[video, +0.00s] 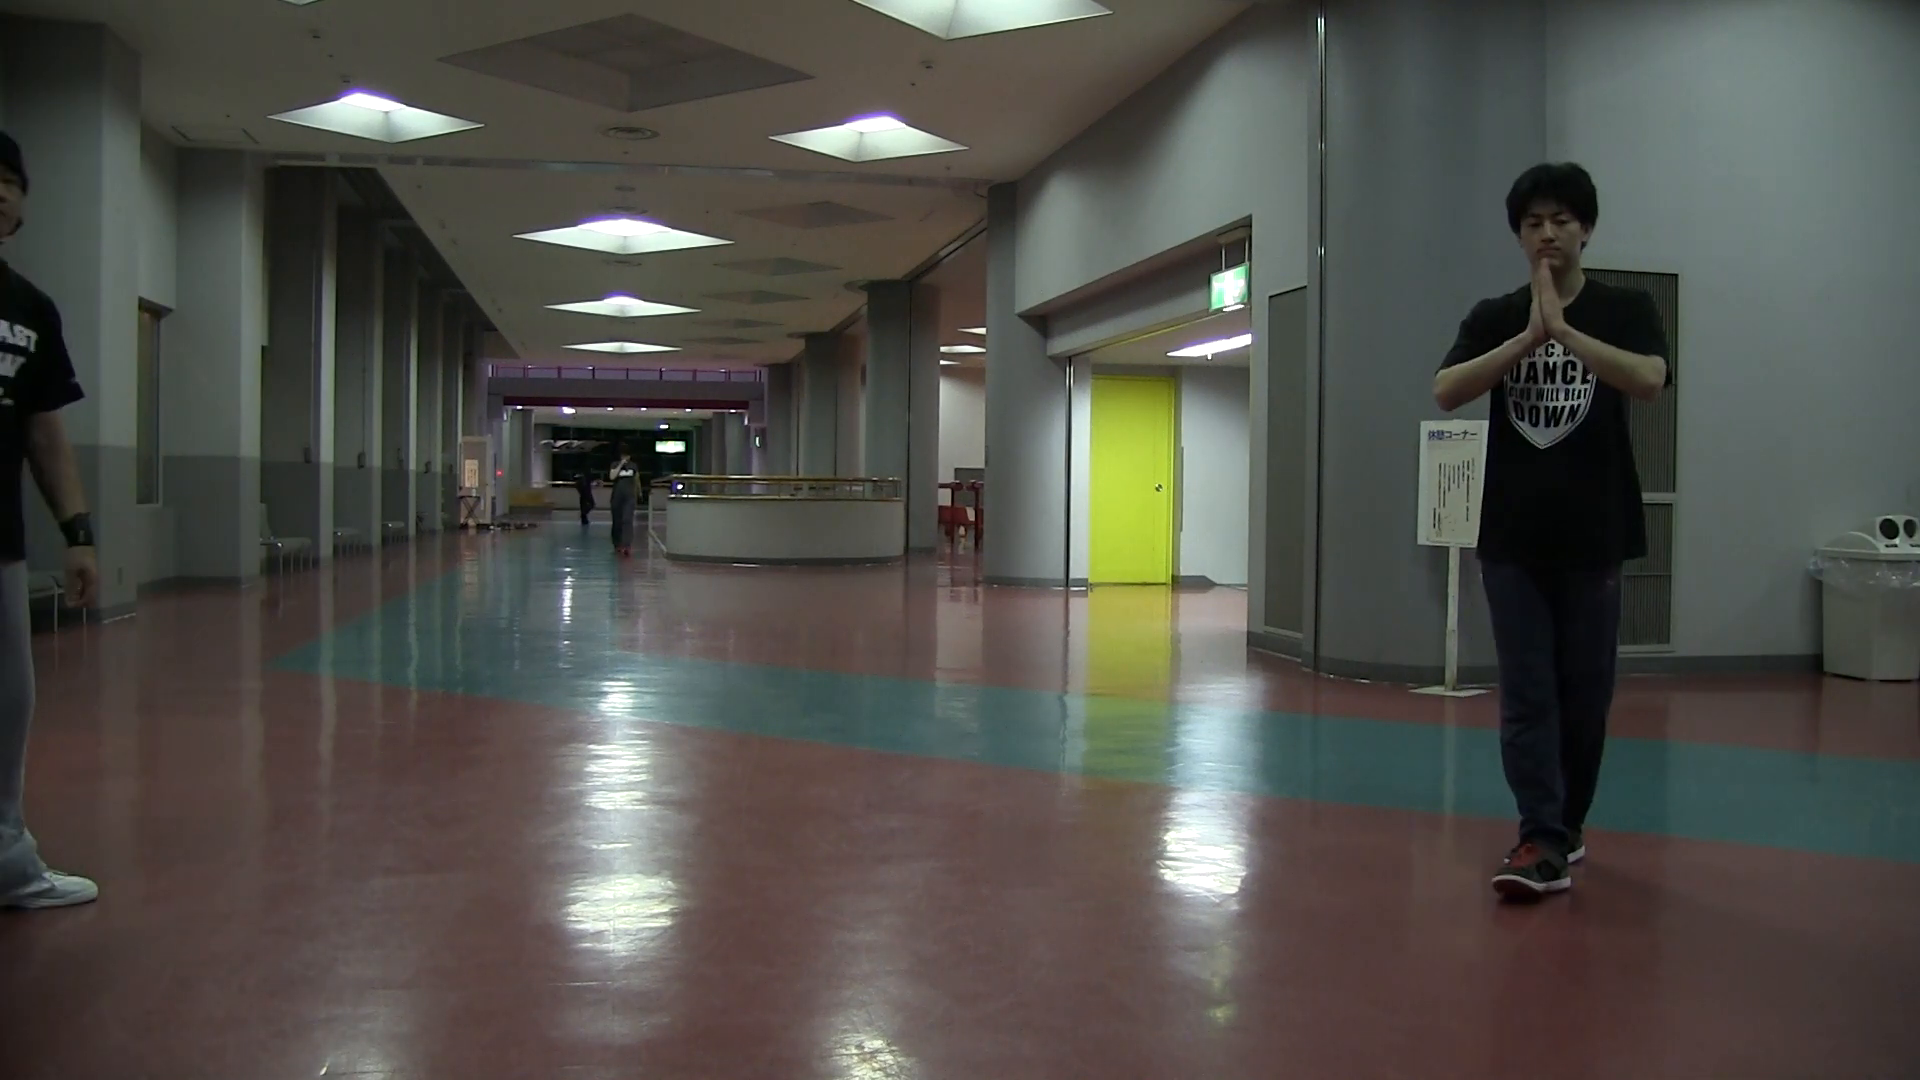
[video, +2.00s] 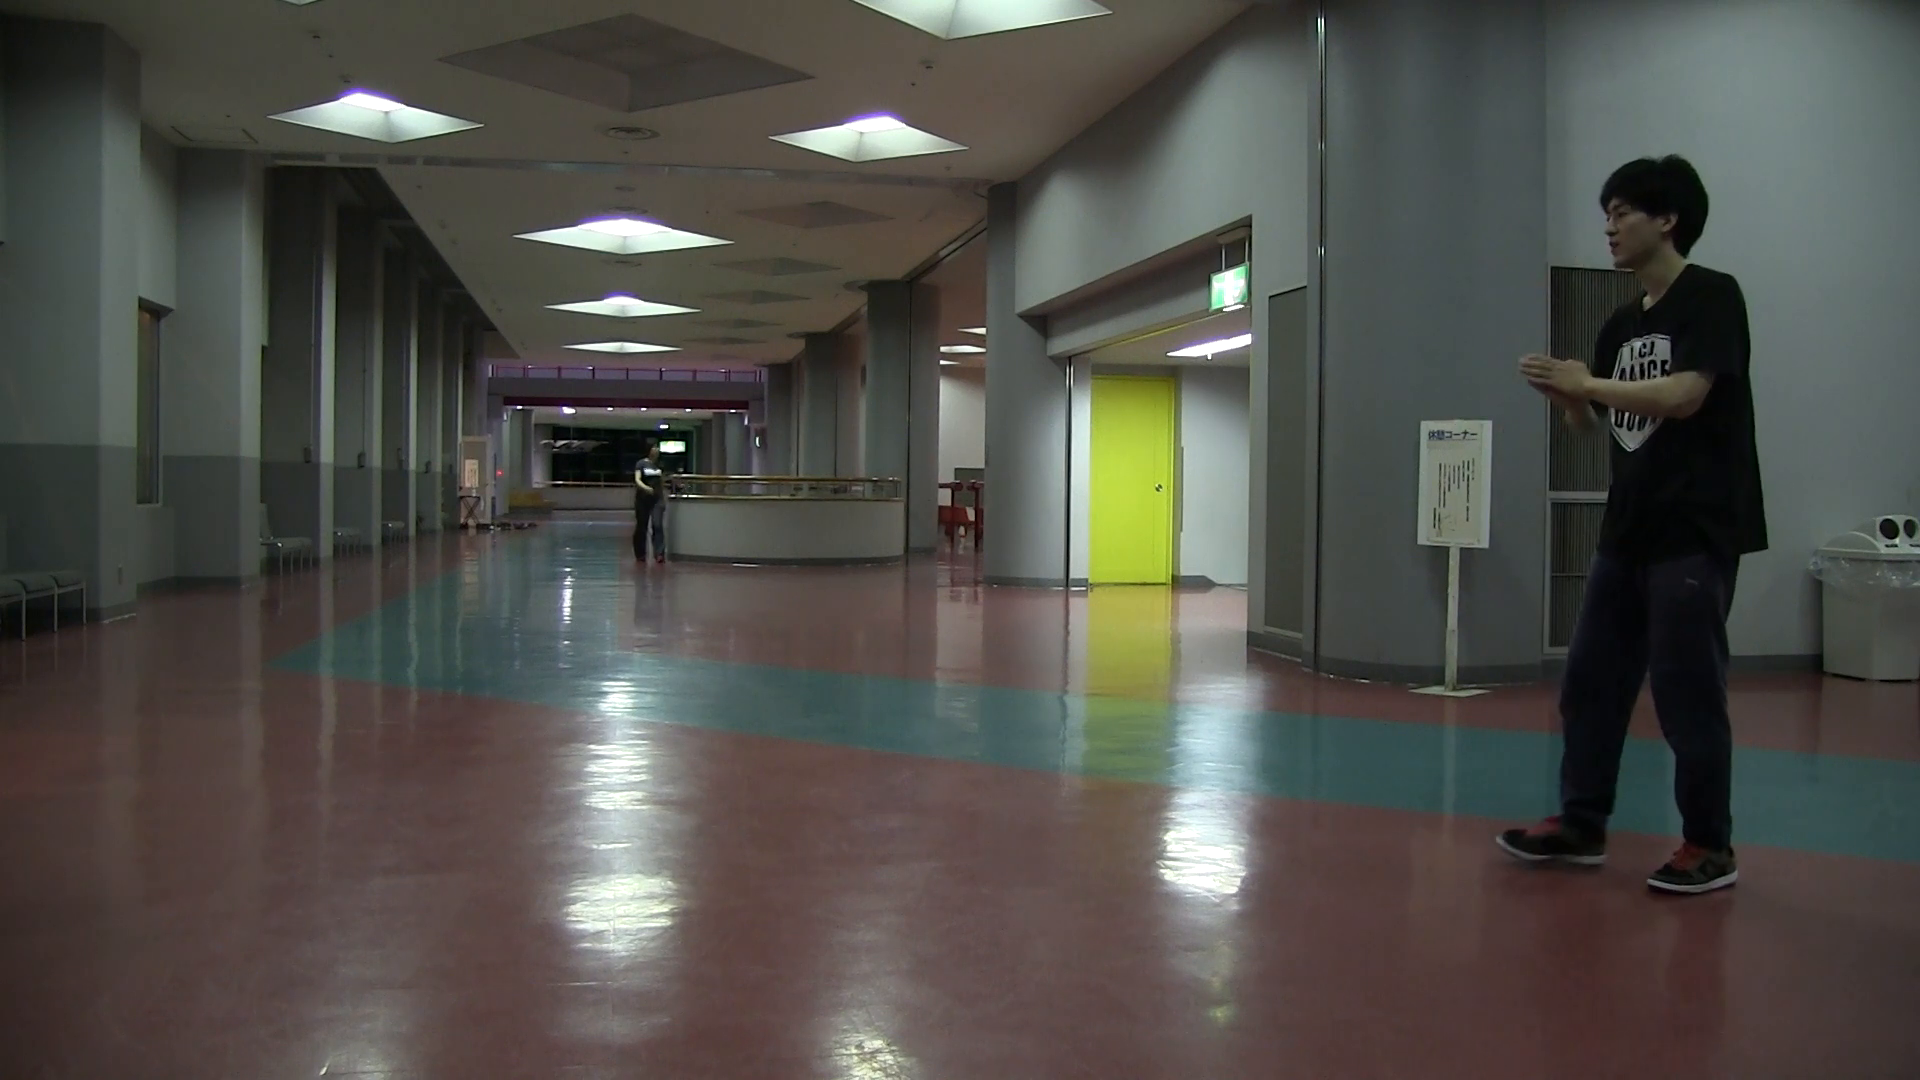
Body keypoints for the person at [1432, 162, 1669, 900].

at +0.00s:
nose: (1548, 235)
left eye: (1562, 222)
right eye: (1534, 223)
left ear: (1587, 230)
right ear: (1518, 234)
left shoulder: (1625, 309)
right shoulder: (1492, 316)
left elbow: (1650, 379)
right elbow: (1447, 389)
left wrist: (1563, 331)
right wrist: (1527, 339)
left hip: (1595, 531)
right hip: (1512, 531)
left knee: (1584, 687)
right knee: (1527, 687)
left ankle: (1564, 834)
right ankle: (1539, 842)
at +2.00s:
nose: (1609, 229)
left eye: (1622, 215)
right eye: (1607, 216)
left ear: (1667, 220)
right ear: (1622, 226)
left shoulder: (1713, 295)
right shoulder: (1619, 326)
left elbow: (1685, 392)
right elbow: (1595, 422)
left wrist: (1589, 386)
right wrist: (1565, 391)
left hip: (1699, 527)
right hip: (1630, 526)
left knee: (1687, 687)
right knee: (1593, 678)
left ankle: (1709, 847)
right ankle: (1580, 827)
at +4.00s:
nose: (1614, 272)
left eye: (1626, 258)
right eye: (1604, 258)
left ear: (1661, 246)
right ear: (1598, 253)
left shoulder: (1726, 312)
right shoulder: (1592, 326)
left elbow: (1731, 429)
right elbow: (1582, 436)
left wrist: (1698, 531)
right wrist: (1599, 530)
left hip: (1695, 532)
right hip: (1614, 529)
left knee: (1690, 686)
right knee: (1598, 678)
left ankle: (1674, 834)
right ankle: (1629, 765)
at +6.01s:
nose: (1612, 223)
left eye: (1621, 209)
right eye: (1613, 209)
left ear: (1661, 213)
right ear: (1672, 215)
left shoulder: (1690, 292)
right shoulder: (1710, 288)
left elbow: (1732, 415)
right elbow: (1755, 416)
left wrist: (1785, 511)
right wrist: (1791, 507)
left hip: (1722, 548)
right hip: (1711, 544)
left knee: (1721, 711)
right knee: (1669, 698)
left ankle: (1813, 876)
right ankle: (1640, 857)